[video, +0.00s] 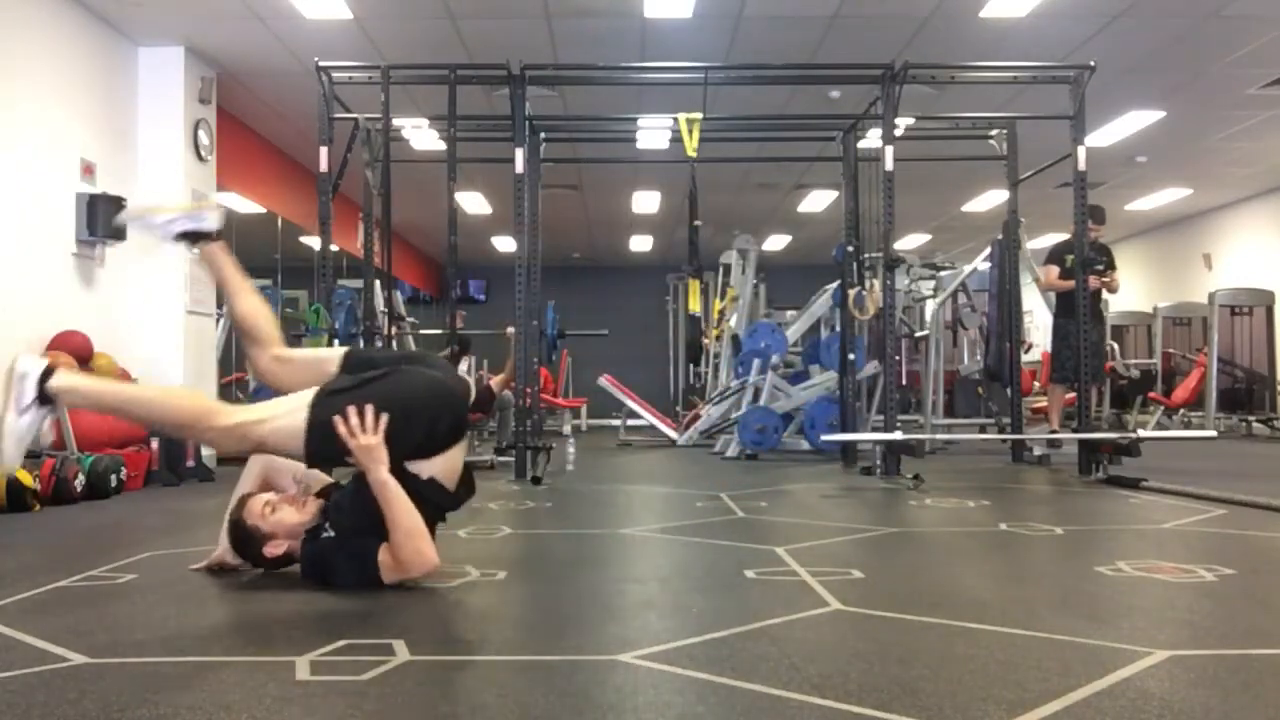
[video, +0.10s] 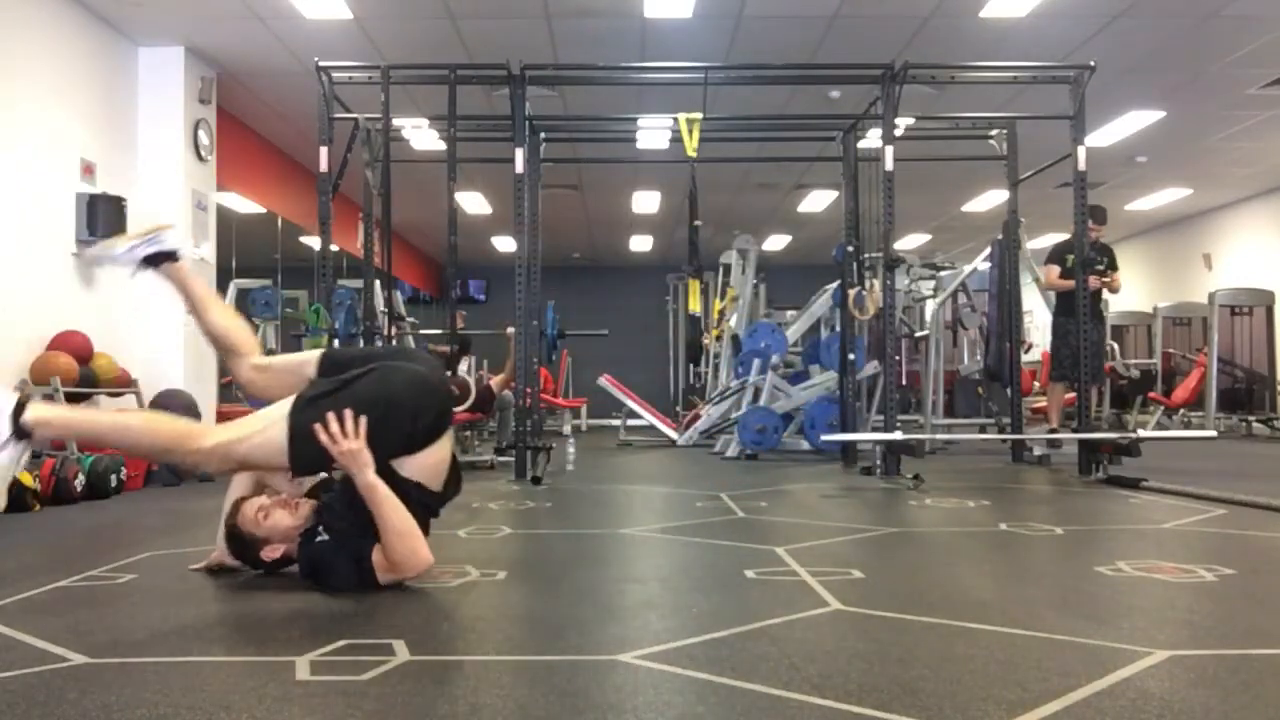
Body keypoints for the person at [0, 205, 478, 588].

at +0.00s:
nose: (277, 497)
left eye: (270, 499)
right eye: (269, 512)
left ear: (289, 498)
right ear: (281, 545)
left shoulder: (327, 507)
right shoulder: (327, 554)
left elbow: (266, 458)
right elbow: (422, 562)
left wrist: (231, 541)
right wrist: (377, 470)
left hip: (418, 384)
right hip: (430, 403)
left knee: (271, 363)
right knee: (225, 428)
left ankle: (208, 240)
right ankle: (51, 383)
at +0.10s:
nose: (271, 500)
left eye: (266, 501)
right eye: (265, 515)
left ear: (282, 497)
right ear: (277, 548)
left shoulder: (322, 508)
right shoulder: (324, 557)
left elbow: (261, 461)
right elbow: (417, 562)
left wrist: (228, 540)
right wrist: (363, 474)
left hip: (402, 370)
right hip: (406, 400)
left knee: (253, 373)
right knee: (209, 452)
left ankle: (168, 260)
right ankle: (28, 418)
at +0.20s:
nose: (268, 507)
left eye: (263, 508)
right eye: (262, 523)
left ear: (277, 503)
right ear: (277, 557)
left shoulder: (325, 516)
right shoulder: (327, 564)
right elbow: (415, 560)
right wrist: (349, 481)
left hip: (387, 363)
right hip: (383, 394)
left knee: (230, 384)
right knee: (190, 480)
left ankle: (129, 284)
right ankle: (11, 457)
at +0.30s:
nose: (255, 519)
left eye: (253, 520)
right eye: (256, 535)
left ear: (265, 511)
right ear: (276, 558)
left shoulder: (317, 517)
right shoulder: (325, 561)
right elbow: (408, 561)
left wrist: (229, 552)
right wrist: (339, 489)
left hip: (361, 356)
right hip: (368, 387)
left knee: (203, 391)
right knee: (188, 511)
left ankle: (105, 297)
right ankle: (7, 506)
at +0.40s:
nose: (253, 521)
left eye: (248, 524)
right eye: (252, 534)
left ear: (256, 518)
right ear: (270, 560)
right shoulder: (328, 563)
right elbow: (405, 566)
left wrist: (211, 552)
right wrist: (323, 498)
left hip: (319, 355)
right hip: (333, 386)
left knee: (182, 401)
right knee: (183, 543)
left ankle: (78, 309)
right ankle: (11, 528)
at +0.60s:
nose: (242, 534)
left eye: (241, 535)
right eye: (246, 543)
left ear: (248, 520)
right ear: (267, 561)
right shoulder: (310, 559)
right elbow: (397, 572)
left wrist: (209, 555)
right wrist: (302, 516)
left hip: (286, 349)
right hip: (301, 384)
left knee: (146, 412)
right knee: (164, 556)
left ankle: (39, 336)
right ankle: (7, 536)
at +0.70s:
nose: (245, 536)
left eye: (245, 538)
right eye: (251, 537)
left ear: (248, 528)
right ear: (280, 546)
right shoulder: (313, 562)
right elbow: (395, 574)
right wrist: (298, 522)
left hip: (262, 354)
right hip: (286, 383)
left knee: (133, 416)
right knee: (159, 563)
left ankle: (27, 338)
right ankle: (6, 538)